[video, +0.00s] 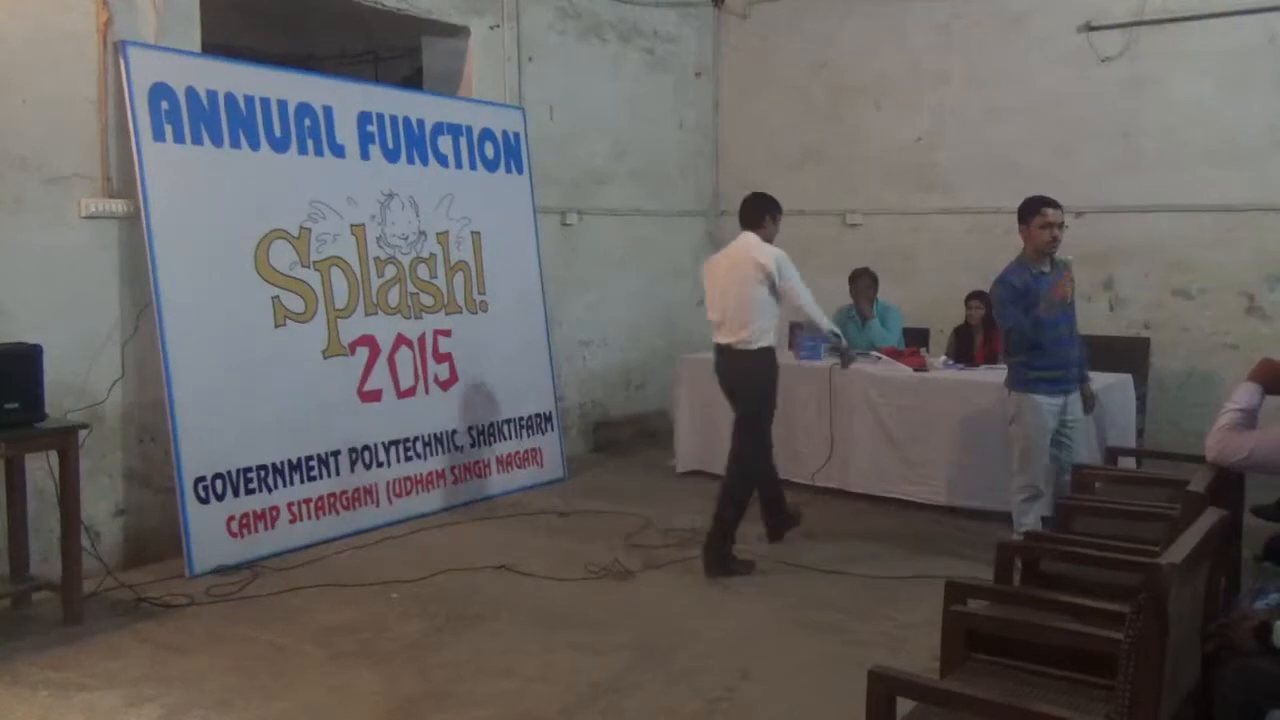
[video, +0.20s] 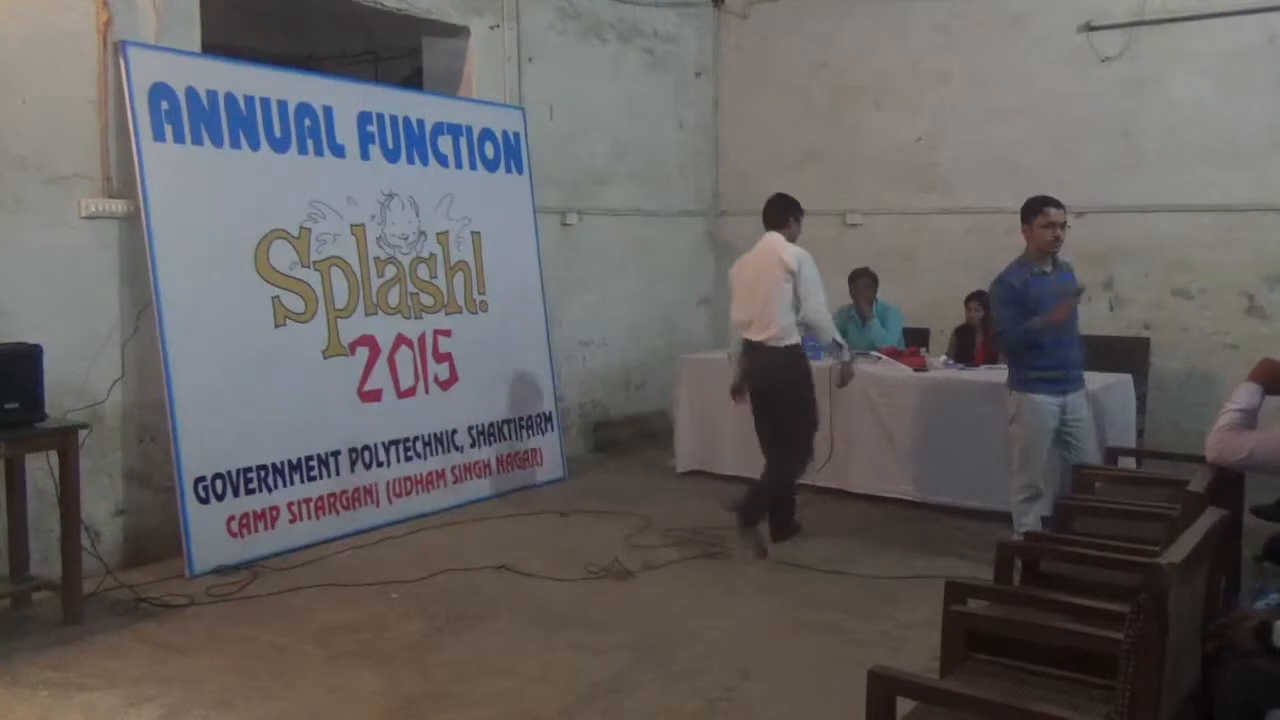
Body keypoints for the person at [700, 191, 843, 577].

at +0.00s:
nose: (778, 230)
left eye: (779, 223)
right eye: (778, 223)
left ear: (742, 222)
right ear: (766, 222)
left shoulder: (713, 262)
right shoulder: (771, 257)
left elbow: (714, 312)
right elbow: (803, 304)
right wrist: (835, 337)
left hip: (725, 362)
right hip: (758, 362)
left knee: (758, 443)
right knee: (745, 455)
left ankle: (777, 517)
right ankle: (718, 552)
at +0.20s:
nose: (801, 229)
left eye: (800, 223)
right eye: (800, 223)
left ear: (766, 222)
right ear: (791, 222)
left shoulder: (741, 264)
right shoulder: (797, 258)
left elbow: (738, 321)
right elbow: (813, 314)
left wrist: (739, 368)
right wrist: (842, 352)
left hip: (754, 360)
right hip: (788, 360)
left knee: (774, 443)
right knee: (800, 443)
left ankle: (783, 524)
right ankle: (749, 510)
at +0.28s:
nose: (811, 226)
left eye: (810, 220)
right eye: (811, 220)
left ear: (776, 218)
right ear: (802, 219)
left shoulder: (750, 258)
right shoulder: (806, 253)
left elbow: (743, 316)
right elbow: (823, 309)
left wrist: (743, 362)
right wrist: (853, 349)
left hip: (762, 355)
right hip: (799, 356)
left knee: (776, 438)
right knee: (818, 435)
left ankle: (786, 520)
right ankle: (776, 493)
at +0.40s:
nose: (828, 226)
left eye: (828, 221)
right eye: (827, 220)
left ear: (793, 217)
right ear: (819, 219)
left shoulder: (763, 255)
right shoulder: (819, 253)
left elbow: (755, 309)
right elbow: (845, 295)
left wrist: (757, 353)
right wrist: (880, 312)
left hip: (775, 354)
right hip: (811, 355)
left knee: (781, 438)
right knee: (830, 432)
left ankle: (781, 522)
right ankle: (811, 505)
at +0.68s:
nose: (865, 236)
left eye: (866, 231)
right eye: (866, 231)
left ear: (833, 226)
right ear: (858, 229)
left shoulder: (801, 260)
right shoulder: (857, 264)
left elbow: (791, 312)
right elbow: (890, 312)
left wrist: (794, 353)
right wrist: (936, 298)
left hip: (807, 355)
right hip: (845, 359)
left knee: (804, 432)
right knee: (854, 434)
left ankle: (788, 514)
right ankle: (859, 507)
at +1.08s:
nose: (894, 241)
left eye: (895, 235)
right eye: (894, 234)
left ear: (866, 225)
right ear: (884, 229)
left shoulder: (828, 251)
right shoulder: (877, 255)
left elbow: (818, 296)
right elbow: (894, 298)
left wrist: (824, 325)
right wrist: (911, 332)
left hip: (824, 337)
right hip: (854, 339)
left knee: (834, 419)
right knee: (861, 420)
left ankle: (832, 494)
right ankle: (860, 500)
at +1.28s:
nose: (896, 236)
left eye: (898, 229)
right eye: (894, 228)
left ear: (873, 224)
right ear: (877, 224)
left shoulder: (852, 243)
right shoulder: (862, 247)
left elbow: (850, 302)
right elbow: (861, 306)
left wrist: (868, 337)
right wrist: (874, 341)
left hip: (829, 332)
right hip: (842, 333)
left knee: (839, 415)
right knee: (847, 415)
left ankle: (835, 489)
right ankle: (853, 495)